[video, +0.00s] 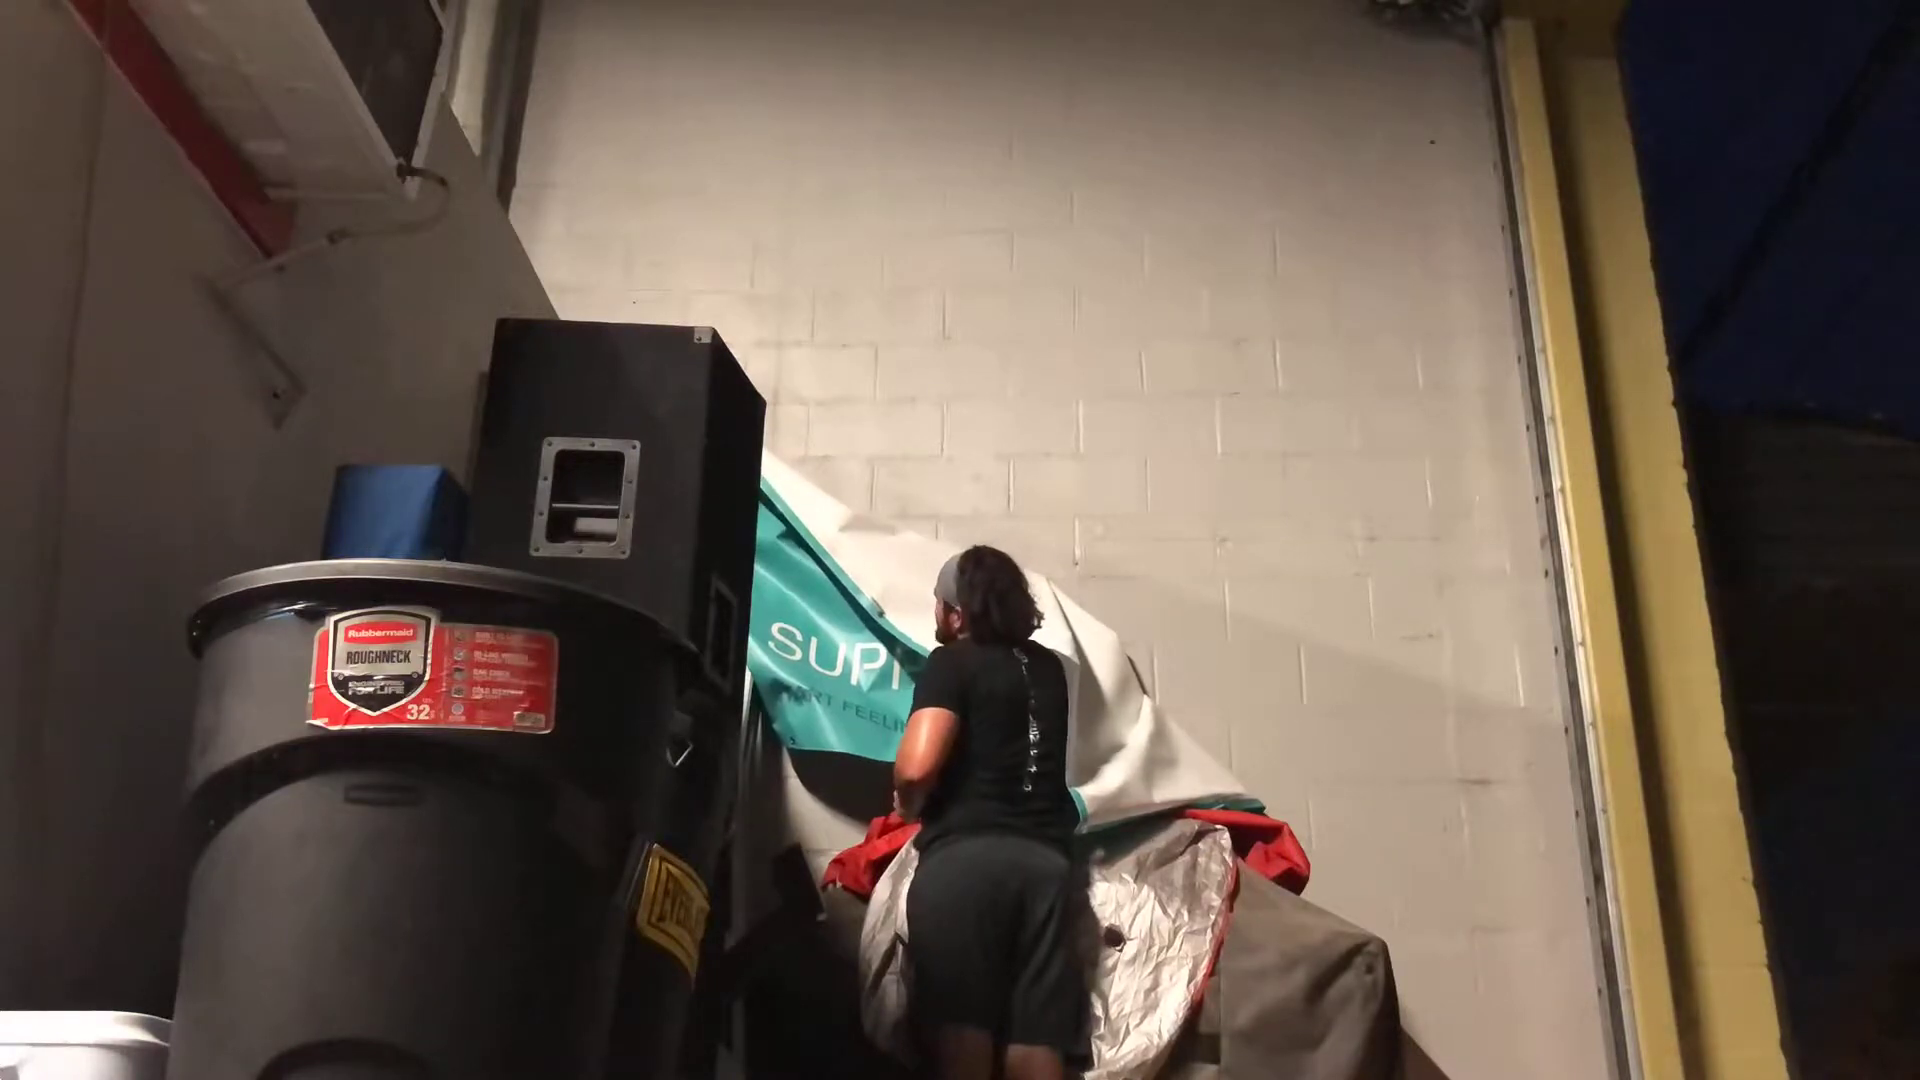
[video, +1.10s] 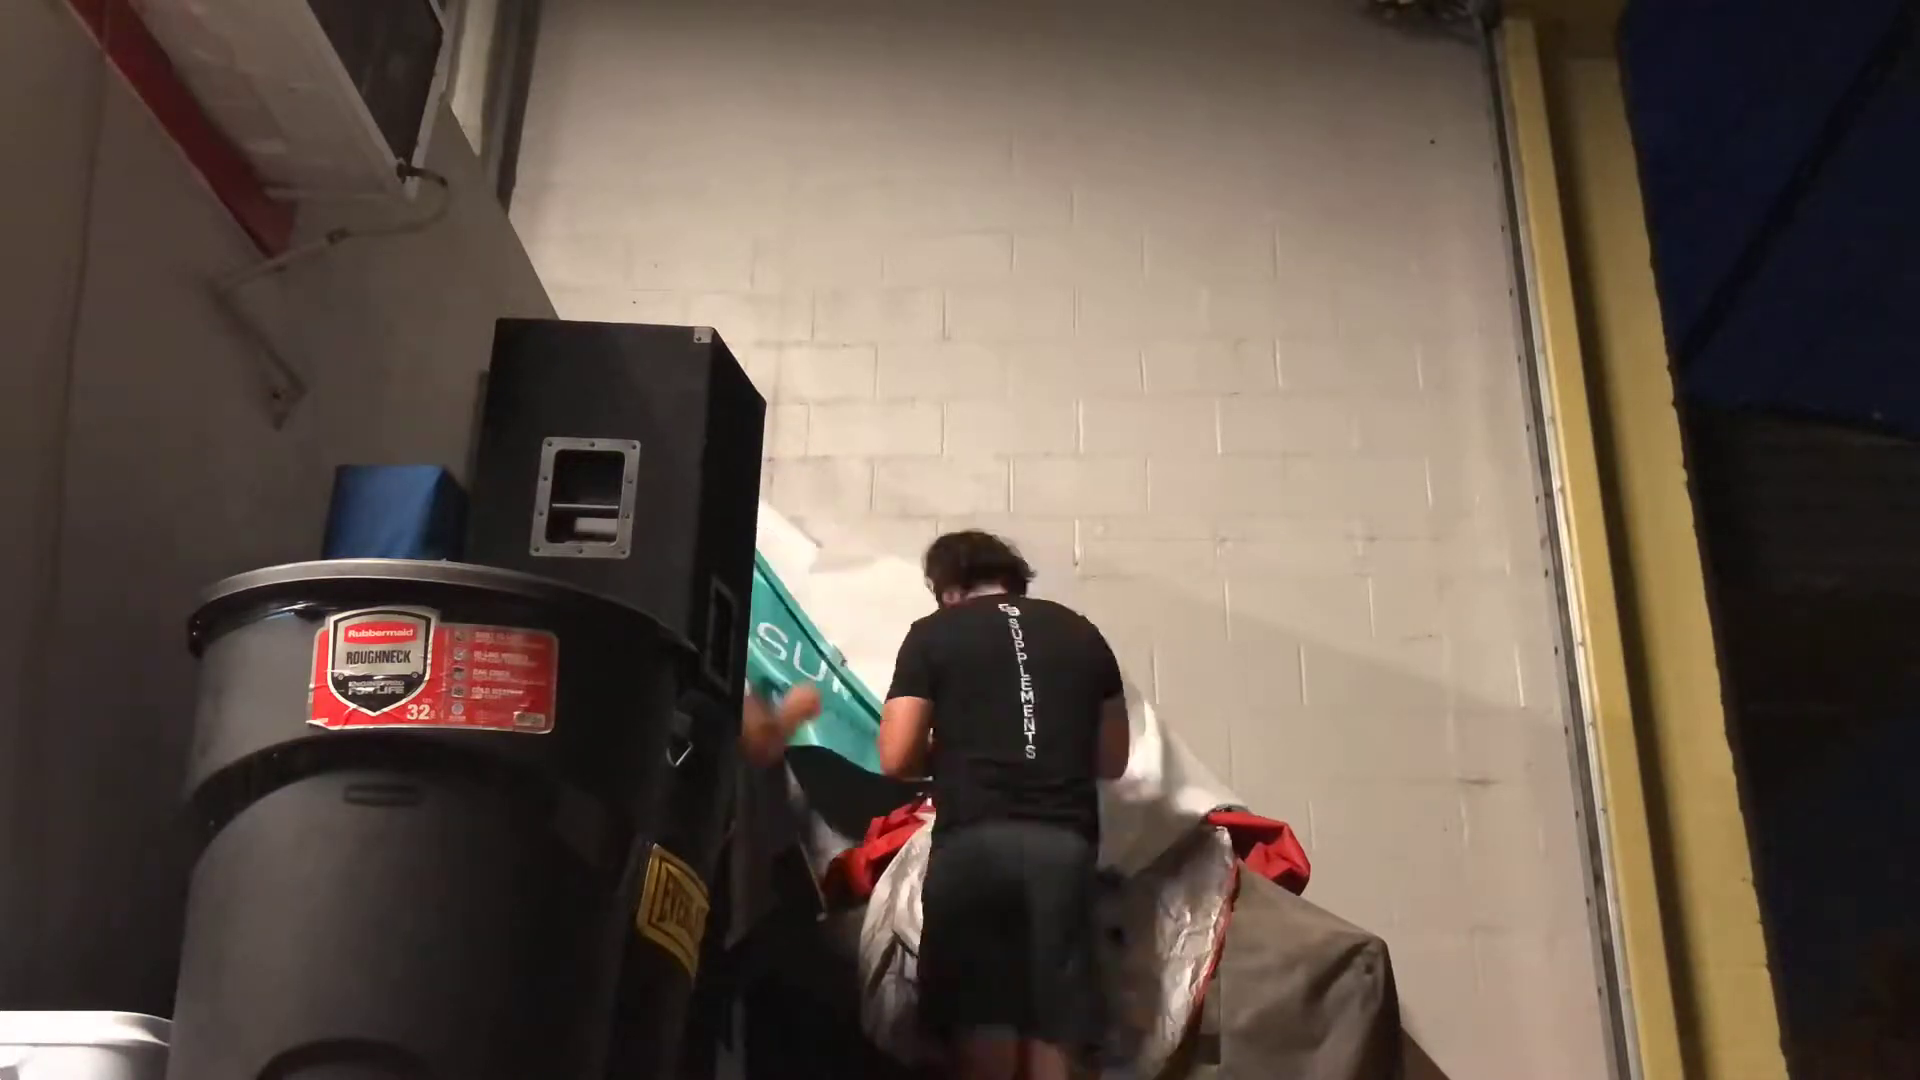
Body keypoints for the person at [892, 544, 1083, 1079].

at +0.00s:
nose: (935, 617)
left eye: (939, 606)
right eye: (937, 605)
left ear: (957, 612)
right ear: (1015, 608)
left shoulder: (952, 661)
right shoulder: (1054, 668)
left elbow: (917, 764)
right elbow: (1045, 760)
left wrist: (907, 802)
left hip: (966, 855)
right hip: (1050, 861)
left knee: (962, 1038)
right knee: (1038, 1046)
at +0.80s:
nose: (931, 612)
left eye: (934, 600)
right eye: (932, 599)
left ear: (949, 605)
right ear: (1007, 602)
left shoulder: (948, 661)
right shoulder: (1045, 666)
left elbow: (914, 770)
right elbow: (1034, 760)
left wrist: (892, 796)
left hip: (960, 856)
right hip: (1042, 861)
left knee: (958, 1039)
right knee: (1034, 1045)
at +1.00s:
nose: (968, 590)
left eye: (971, 578)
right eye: (970, 578)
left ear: (991, 587)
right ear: (1041, 588)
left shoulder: (992, 654)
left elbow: (955, 757)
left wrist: (898, 741)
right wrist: (875, 674)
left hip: (974, 877)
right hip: (1051, 879)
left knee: (960, 1043)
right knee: (1036, 1049)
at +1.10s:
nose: (937, 604)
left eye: (936, 594)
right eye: (936, 595)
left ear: (949, 592)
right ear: (1016, 581)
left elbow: (897, 759)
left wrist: (950, 752)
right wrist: (1042, 743)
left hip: (971, 851)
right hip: (1063, 856)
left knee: (980, 1031)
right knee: (1054, 1035)